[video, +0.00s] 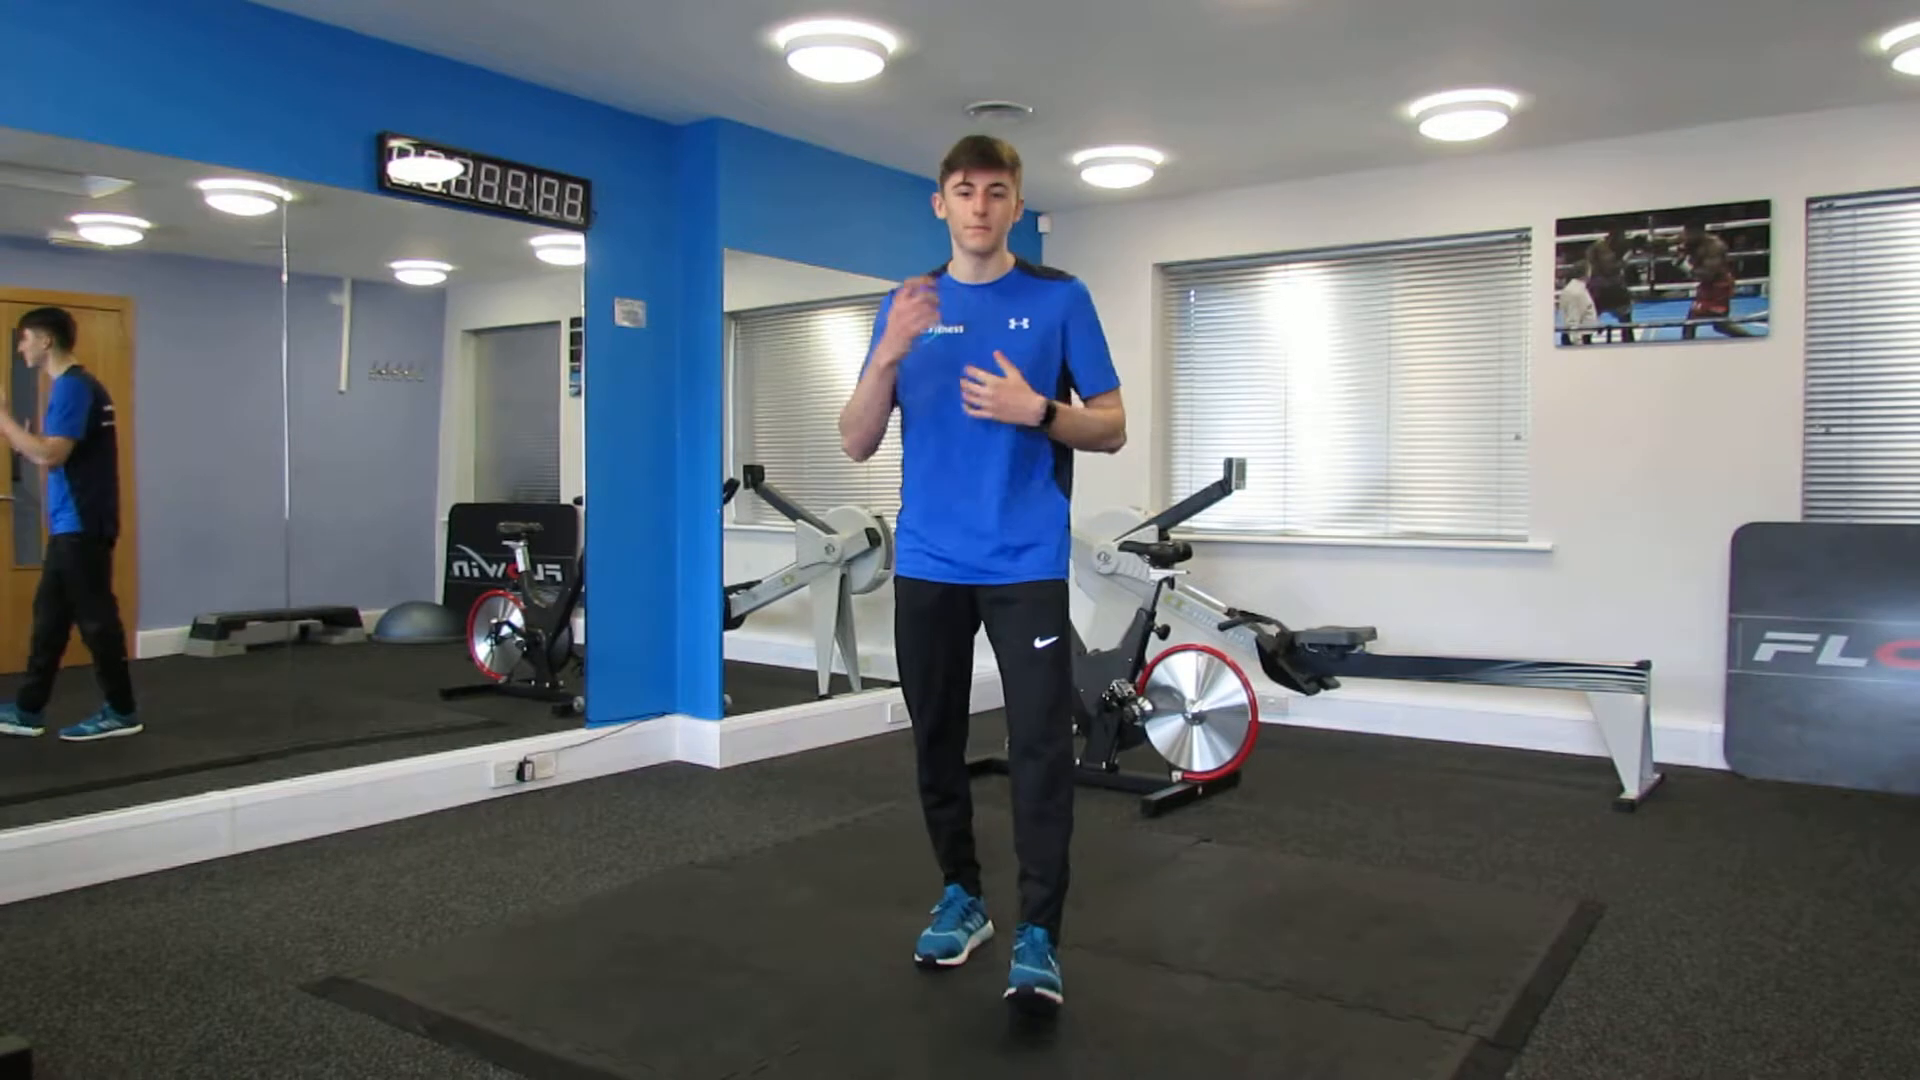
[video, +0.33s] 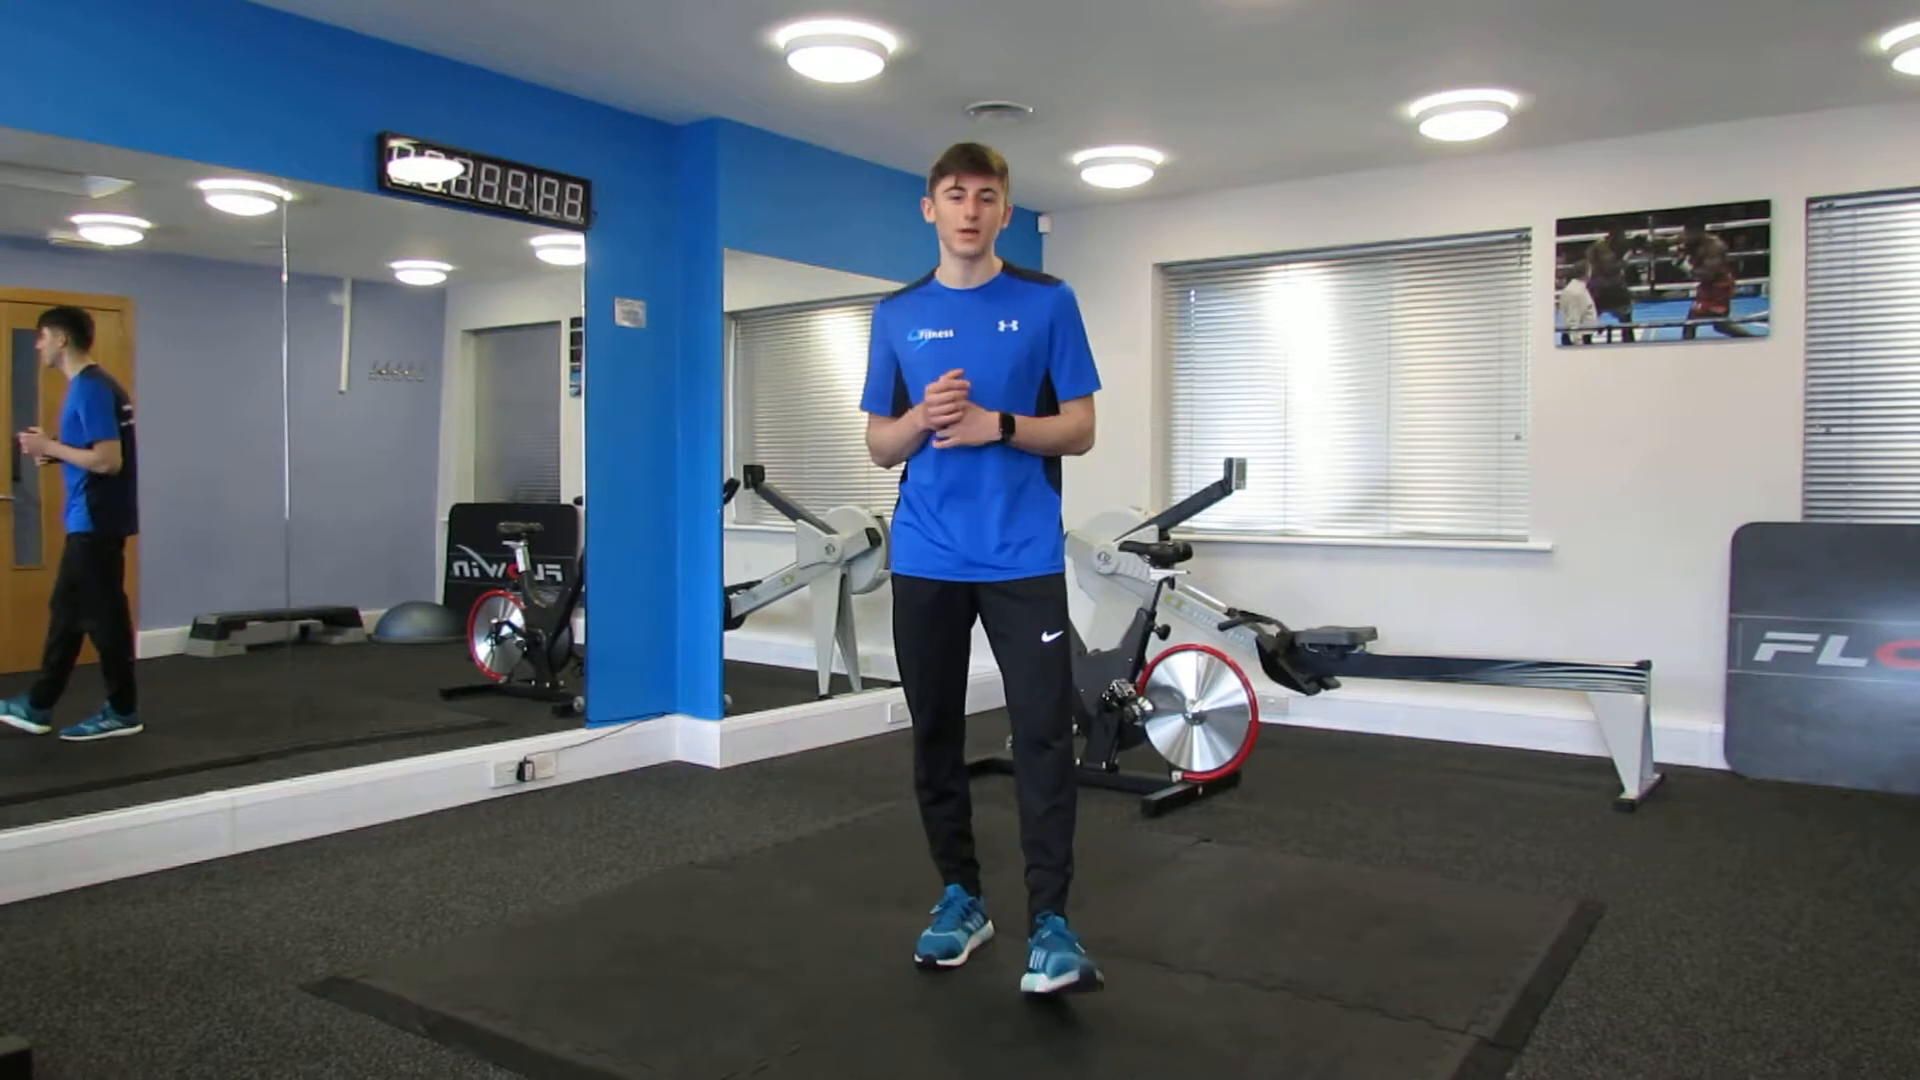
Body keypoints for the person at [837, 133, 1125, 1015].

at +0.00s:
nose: (980, 204)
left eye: (996, 192)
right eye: (965, 191)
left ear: (1017, 207)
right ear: (941, 205)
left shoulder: (1060, 300)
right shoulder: (905, 304)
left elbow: (1111, 428)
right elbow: (857, 442)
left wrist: (1040, 412)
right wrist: (890, 350)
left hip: (1027, 558)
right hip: (928, 556)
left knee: (1039, 745)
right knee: (936, 738)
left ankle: (1037, 932)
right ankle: (962, 892)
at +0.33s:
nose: (971, 208)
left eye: (985, 196)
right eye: (955, 195)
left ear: (1006, 210)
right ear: (930, 210)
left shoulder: (1049, 302)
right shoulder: (896, 314)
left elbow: (1082, 429)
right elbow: (880, 447)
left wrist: (999, 425)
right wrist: (918, 416)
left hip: (1023, 552)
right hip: (926, 554)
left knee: (1043, 733)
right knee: (935, 732)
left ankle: (1049, 917)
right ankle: (960, 893)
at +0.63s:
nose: (981, 206)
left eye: (996, 195)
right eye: (966, 193)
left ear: (1017, 212)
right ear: (943, 208)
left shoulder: (1059, 302)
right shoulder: (905, 313)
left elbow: (1100, 426)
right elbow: (858, 440)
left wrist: (1006, 421)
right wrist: (923, 415)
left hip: (1034, 559)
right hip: (934, 559)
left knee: (1055, 731)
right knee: (941, 734)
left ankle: (1044, 905)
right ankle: (962, 893)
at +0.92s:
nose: (1016, 197)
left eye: (1032, 187)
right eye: (1001, 185)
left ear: (1051, 206)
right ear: (976, 202)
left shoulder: (1087, 301)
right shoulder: (931, 304)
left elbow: (1125, 433)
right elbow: (899, 440)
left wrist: (1043, 420)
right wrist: (963, 412)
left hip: (1054, 562)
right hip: (952, 559)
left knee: (1061, 741)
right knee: (950, 738)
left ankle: (1046, 911)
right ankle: (964, 895)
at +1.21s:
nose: (1045, 197)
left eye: (1061, 184)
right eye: (1029, 183)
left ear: (1080, 201)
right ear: (1002, 196)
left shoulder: (1115, 302)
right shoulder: (953, 300)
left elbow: (1150, 433)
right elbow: (905, 434)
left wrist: (1072, 423)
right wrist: (988, 411)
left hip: (1073, 565)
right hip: (970, 560)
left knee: (1074, 746)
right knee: (945, 737)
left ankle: (1046, 910)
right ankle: (963, 879)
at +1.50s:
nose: (1047, 187)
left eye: (1063, 173)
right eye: (1031, 173)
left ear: (1086, 189)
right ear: (1004, 188)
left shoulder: (1125, 295)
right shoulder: (955, 293)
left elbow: (1157, 431)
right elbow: (920, 434)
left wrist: (1079, 422)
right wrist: (995, 408)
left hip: (1073, 568)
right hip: (967, 560)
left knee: (1071, 753)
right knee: (939, 748)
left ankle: (1045, 912)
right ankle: (943, 954)